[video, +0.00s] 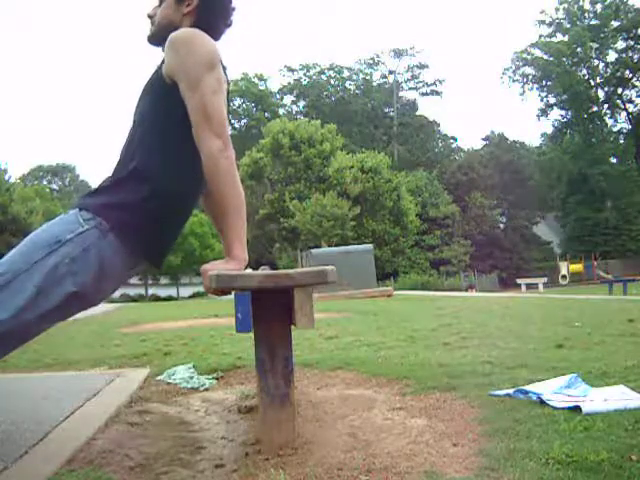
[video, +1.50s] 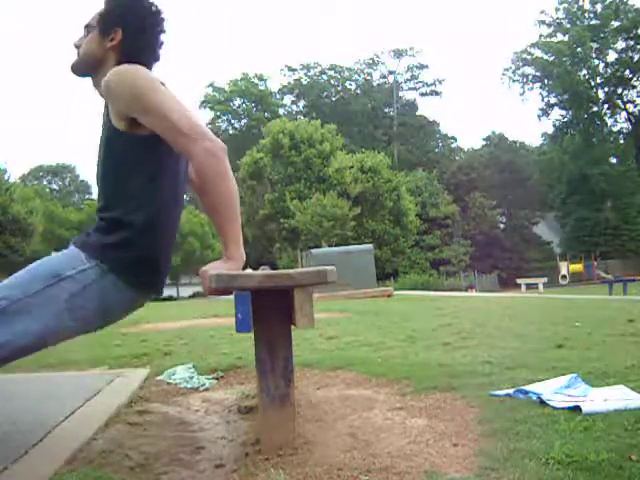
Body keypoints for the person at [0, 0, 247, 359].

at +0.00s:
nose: (152, 10)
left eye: (163, 2)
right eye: (158, 2)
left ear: (188, 7)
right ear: (187, 10)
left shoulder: (190, 44)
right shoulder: (190, 54)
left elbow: (217, 148)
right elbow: (208, 175)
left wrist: (237, 256)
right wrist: (236, 253)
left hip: (102, 231)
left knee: (4, 316)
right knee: (4, 322)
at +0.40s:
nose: (130, 38)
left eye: (141, 27)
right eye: (136, 27)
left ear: (168, 32)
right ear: (169, 35)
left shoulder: (166, 66)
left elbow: (231, 146)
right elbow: (238, 147)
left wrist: (238, 256)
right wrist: (239, 254)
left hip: (107, 263)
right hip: (123, 272)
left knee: (0, 331)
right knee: (3, 336)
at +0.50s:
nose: (115, 64)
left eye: (125, 53)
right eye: (120, 53)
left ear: (152, 59)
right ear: (154, 61)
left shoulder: (150, 88)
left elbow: (234, 151)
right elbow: (238, 153)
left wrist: (239, 257)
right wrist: (241, 256)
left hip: (124, 289)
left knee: (5, 345)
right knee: (7, 346)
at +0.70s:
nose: (89, 108)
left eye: (98, 98)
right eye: (94, 98)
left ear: (124, 105)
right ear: (126, 106)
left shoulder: (127, 133)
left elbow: (231, 152)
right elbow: (227, 185)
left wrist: (240, 258)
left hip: (139, 328)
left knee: (4, 359)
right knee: (8, 352)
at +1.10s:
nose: (88, 58)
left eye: (99, 50)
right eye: (95, 49)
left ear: (120, 63)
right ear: (122, 64)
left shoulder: (125, 94)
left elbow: (219, 152)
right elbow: (222, 154)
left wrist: (239, 256)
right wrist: (238, 251)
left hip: (116, 287)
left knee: (3, 329)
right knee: (5, 336)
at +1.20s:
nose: (93, 20)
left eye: (104, 10)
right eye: (99, 10)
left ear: (127, 20)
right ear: (128, 22)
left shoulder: (132, 61)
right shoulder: (164, 75)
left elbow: (189, 146)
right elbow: (199, 161)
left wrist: (233, 250)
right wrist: (232, 251)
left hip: (100, 247)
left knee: (2, 315)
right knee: (4, 320)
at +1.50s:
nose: (78, 40)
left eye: (88, 31)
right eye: (84, 31)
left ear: (113, 39)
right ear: (112, 41)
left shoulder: (124, 80)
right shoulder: (136, 87)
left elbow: (209, 150)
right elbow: (200, 177)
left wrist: (233, 256)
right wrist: (234, 253)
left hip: (107, 267)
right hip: (111, 268)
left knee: (3, 326)